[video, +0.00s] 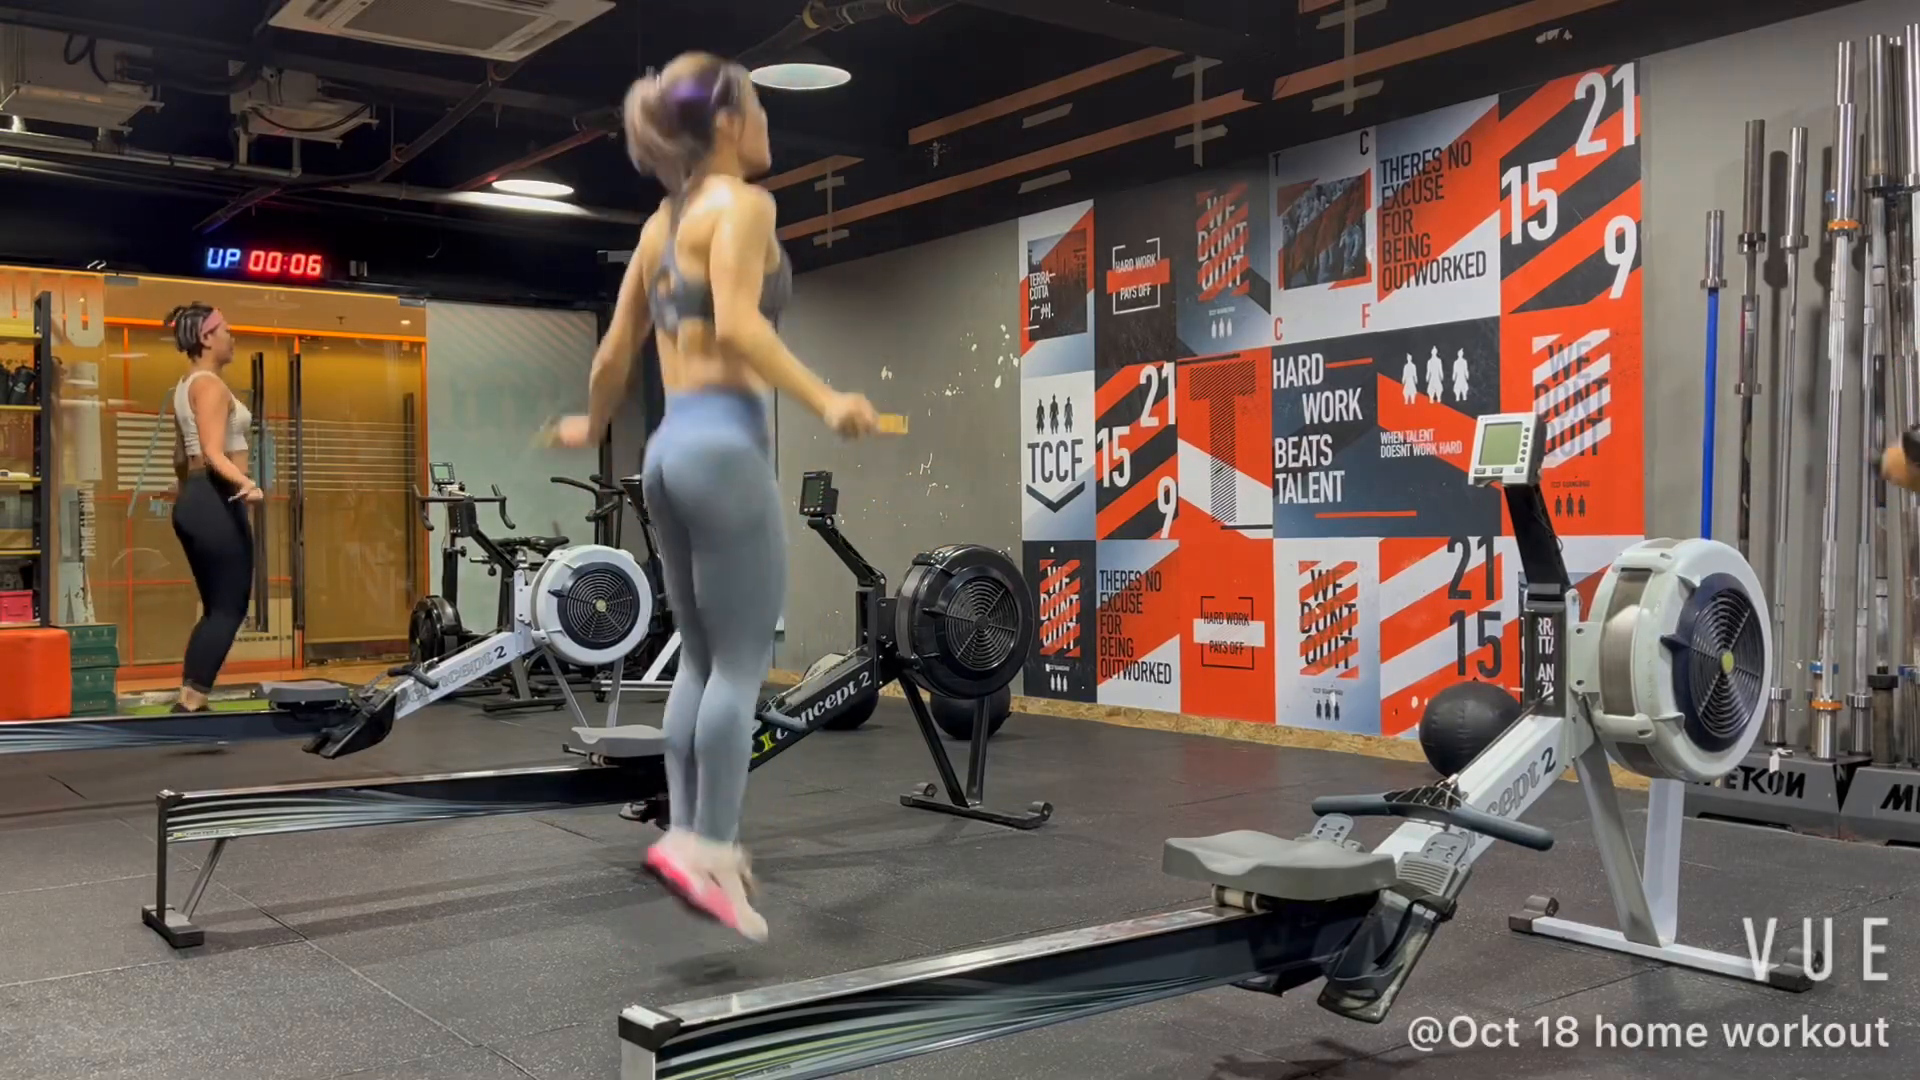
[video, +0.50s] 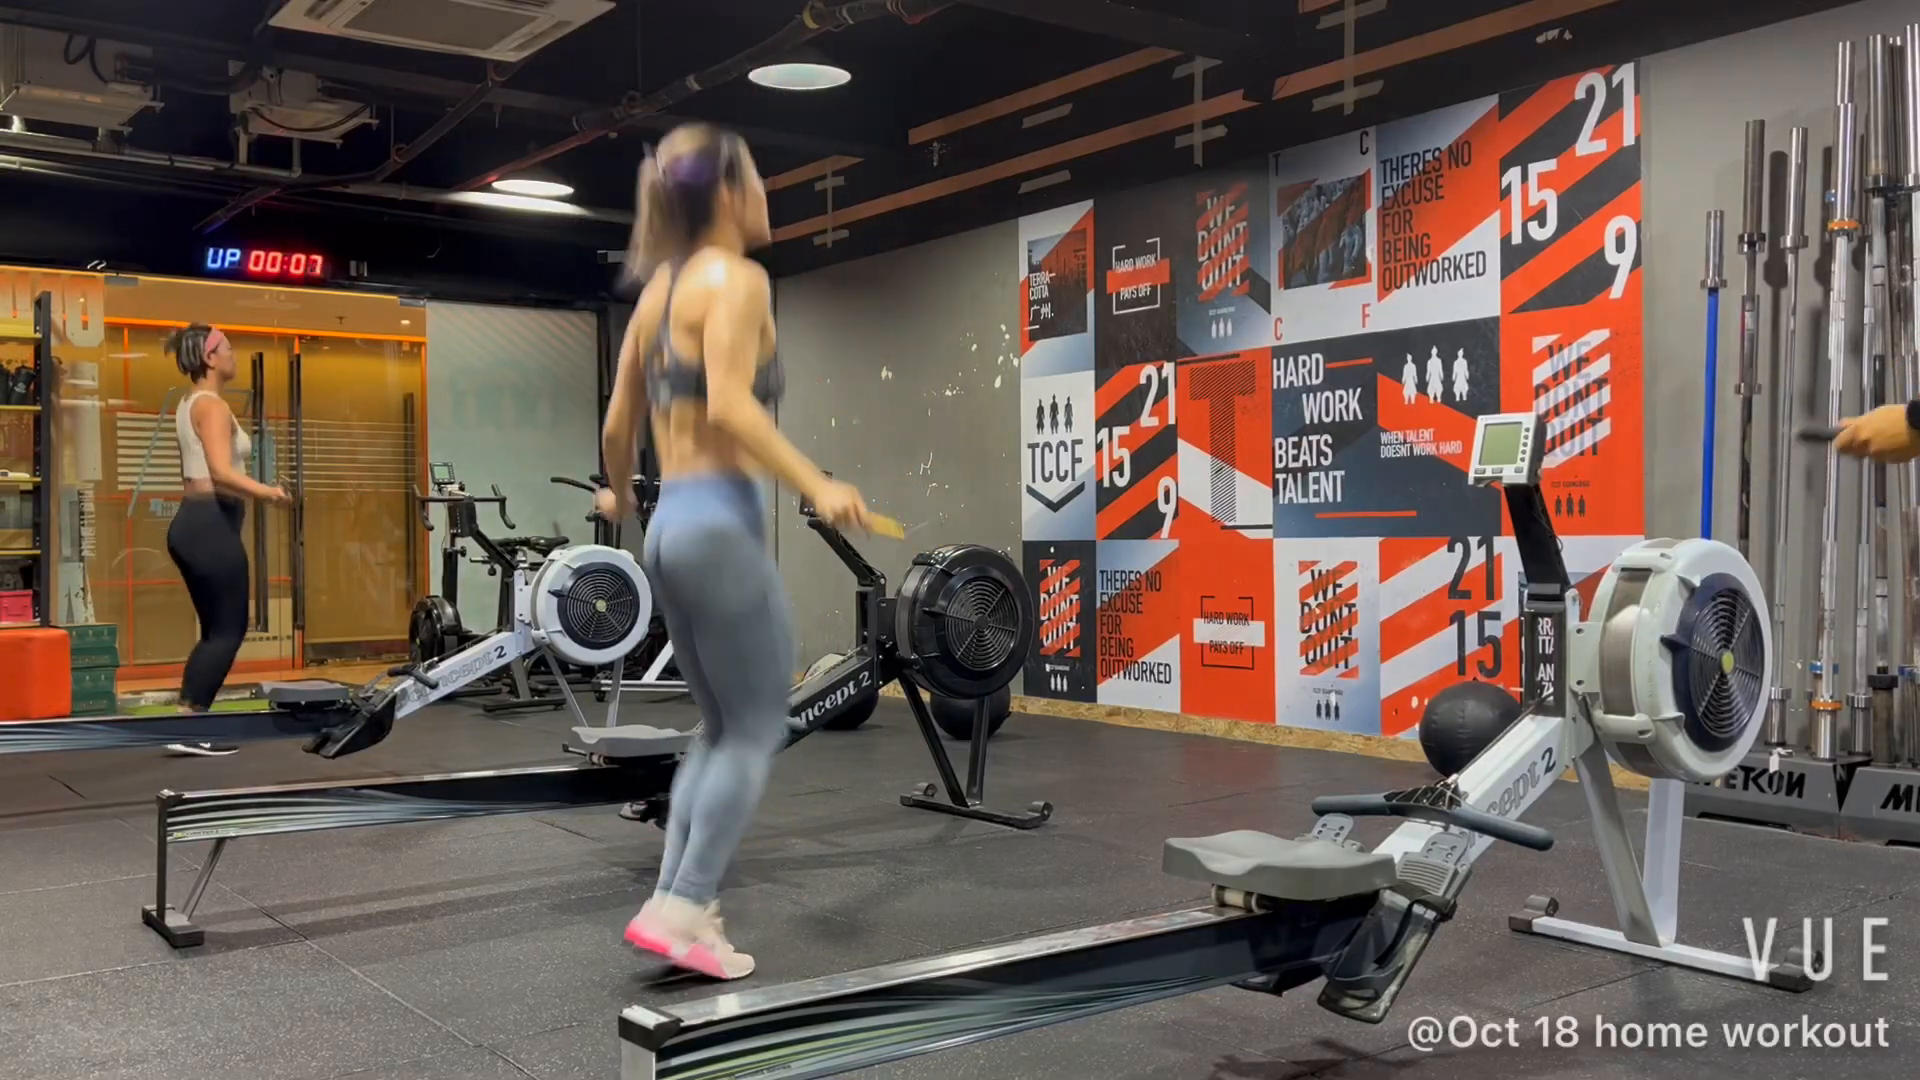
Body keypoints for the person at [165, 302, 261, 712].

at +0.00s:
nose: (232, 337)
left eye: (228, 330)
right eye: (225, 331)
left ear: (200, 340)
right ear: (208, 339)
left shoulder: (186, 387)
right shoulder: (210, 385)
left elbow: (181, 461)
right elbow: (212, 454)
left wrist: (199, 495)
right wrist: (247, 483)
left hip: (194, 496)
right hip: (212, 495)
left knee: (218, 606)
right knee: (230, 604)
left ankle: (191, 697)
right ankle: (193, 699)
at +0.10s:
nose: (232, 357)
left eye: (229, 349)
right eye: (228, 349)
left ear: (200, 356)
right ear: (209, 354)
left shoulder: (185, 403)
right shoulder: (206, 403)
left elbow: (201, 474)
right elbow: (214, 472)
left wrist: (253, 486)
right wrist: (262, 488)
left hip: (195, 520)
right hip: (211, 521)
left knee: (218, 625)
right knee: (227, 625)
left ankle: (179, 711)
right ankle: (177, 710)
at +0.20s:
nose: (230, 356)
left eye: (227, 348)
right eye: (223, 350)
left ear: (198, 358)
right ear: (205, 356)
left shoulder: (185, 403)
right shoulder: (205, 404)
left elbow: (202, 474)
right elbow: (219, 475)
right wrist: (268, 502)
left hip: (194, 521)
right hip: (211, 522)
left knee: (208, 628)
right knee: (217, 629)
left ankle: (173, 712)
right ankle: (173, 714)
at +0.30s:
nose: (227, 331)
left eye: (222, 323)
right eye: (219, 325)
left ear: (196, 336)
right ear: (203, 334)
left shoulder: (184, 385)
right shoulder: (207, 381)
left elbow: (182, 458)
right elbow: (218, 446)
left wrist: (190, 495)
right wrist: (244, 483)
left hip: (192, 493)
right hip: (211, 494)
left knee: (206, 605)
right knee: (215, 605)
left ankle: (184, 700)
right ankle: (186, 702)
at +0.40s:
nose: (229, 330)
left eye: (223, 324)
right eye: (221, 325)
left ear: (198, 339)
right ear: (204, 337)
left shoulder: (186, 385)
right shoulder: (210, 382)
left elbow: (182, 460)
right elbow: (216, 450)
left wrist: (188, 494)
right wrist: (250, 471)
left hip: (193, 497)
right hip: (210, 496)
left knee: (210, 606)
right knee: (220, 605)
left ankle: (189, 701)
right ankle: (190, 703)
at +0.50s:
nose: (234, 356)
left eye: (230, 348)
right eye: (228, 350)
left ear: (204, 359)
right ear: (211, 357)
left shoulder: (190, 404)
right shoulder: (211, 405)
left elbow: (208, 472)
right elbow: (220, 471)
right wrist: (266, 490)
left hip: (192, 523)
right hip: (210, 525)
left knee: (216, 628)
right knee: (231, 627)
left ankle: (189, 713)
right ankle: (193, 716)